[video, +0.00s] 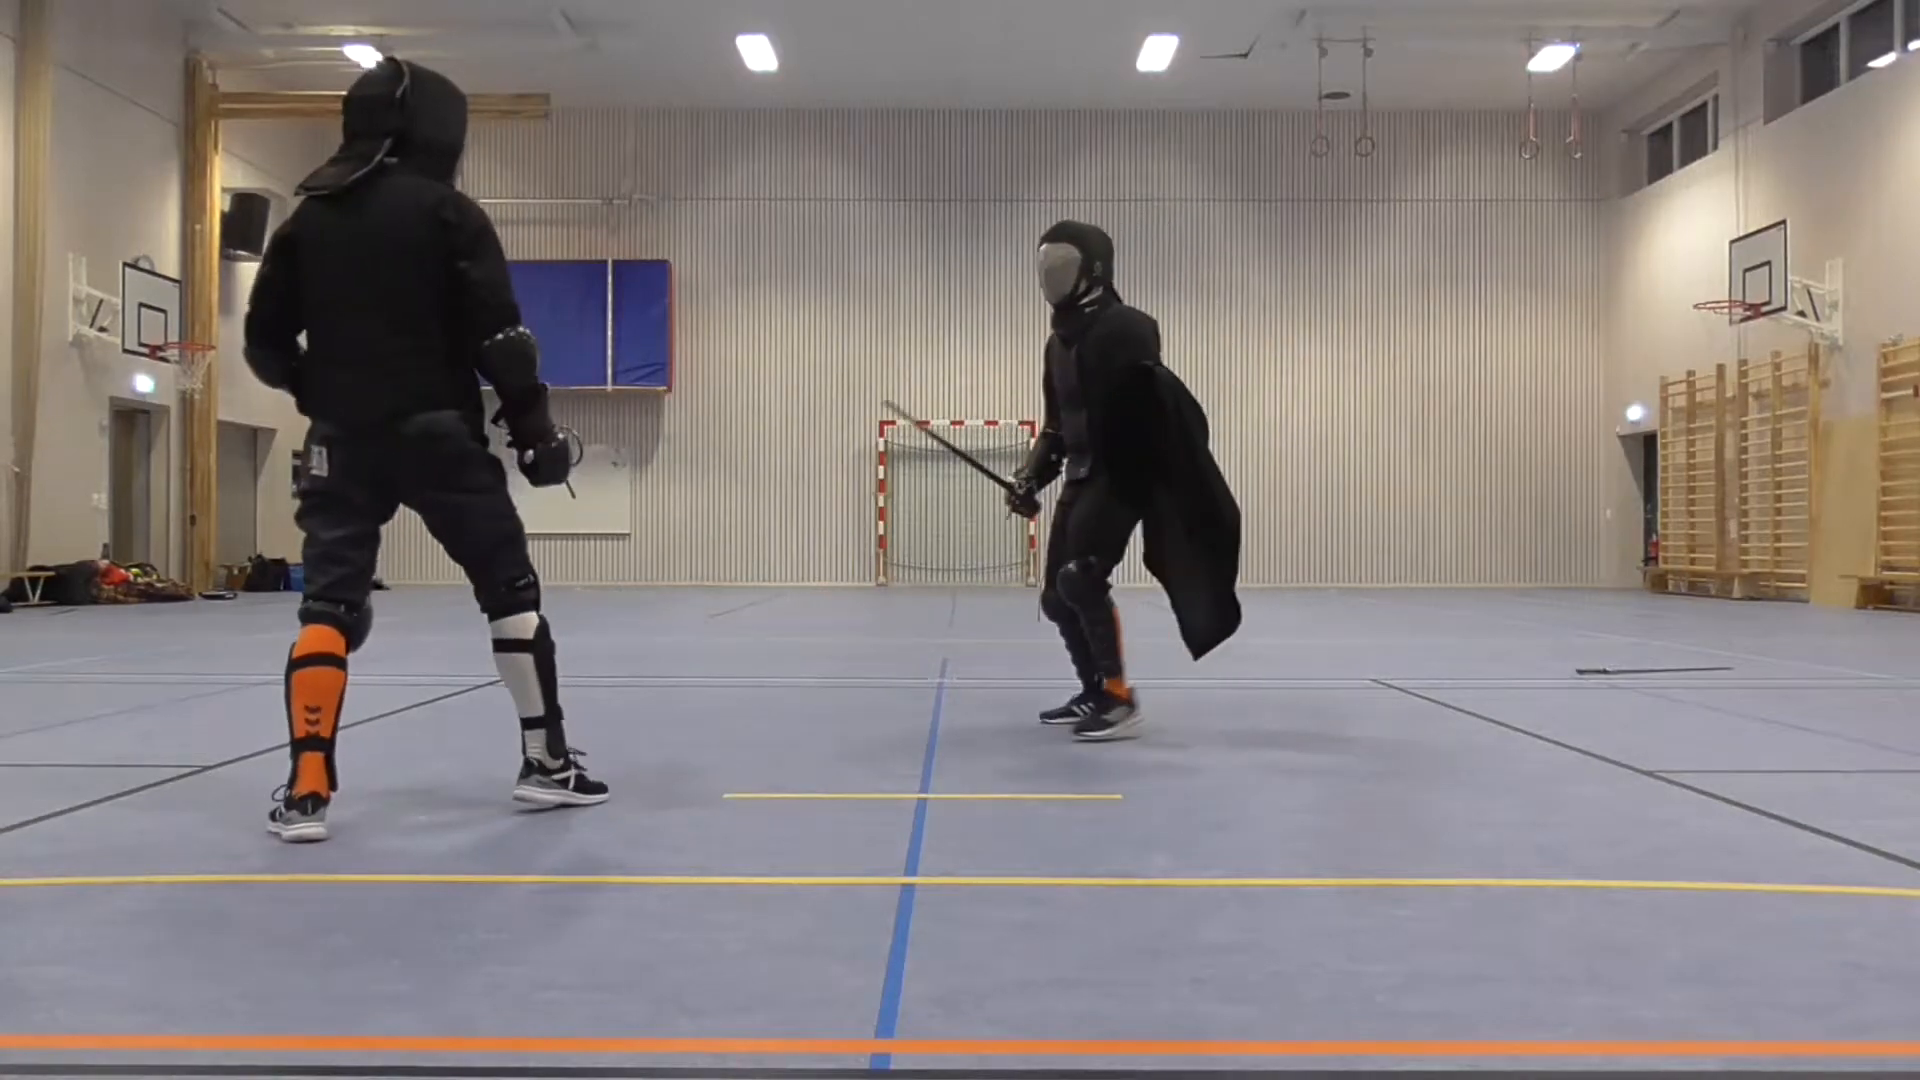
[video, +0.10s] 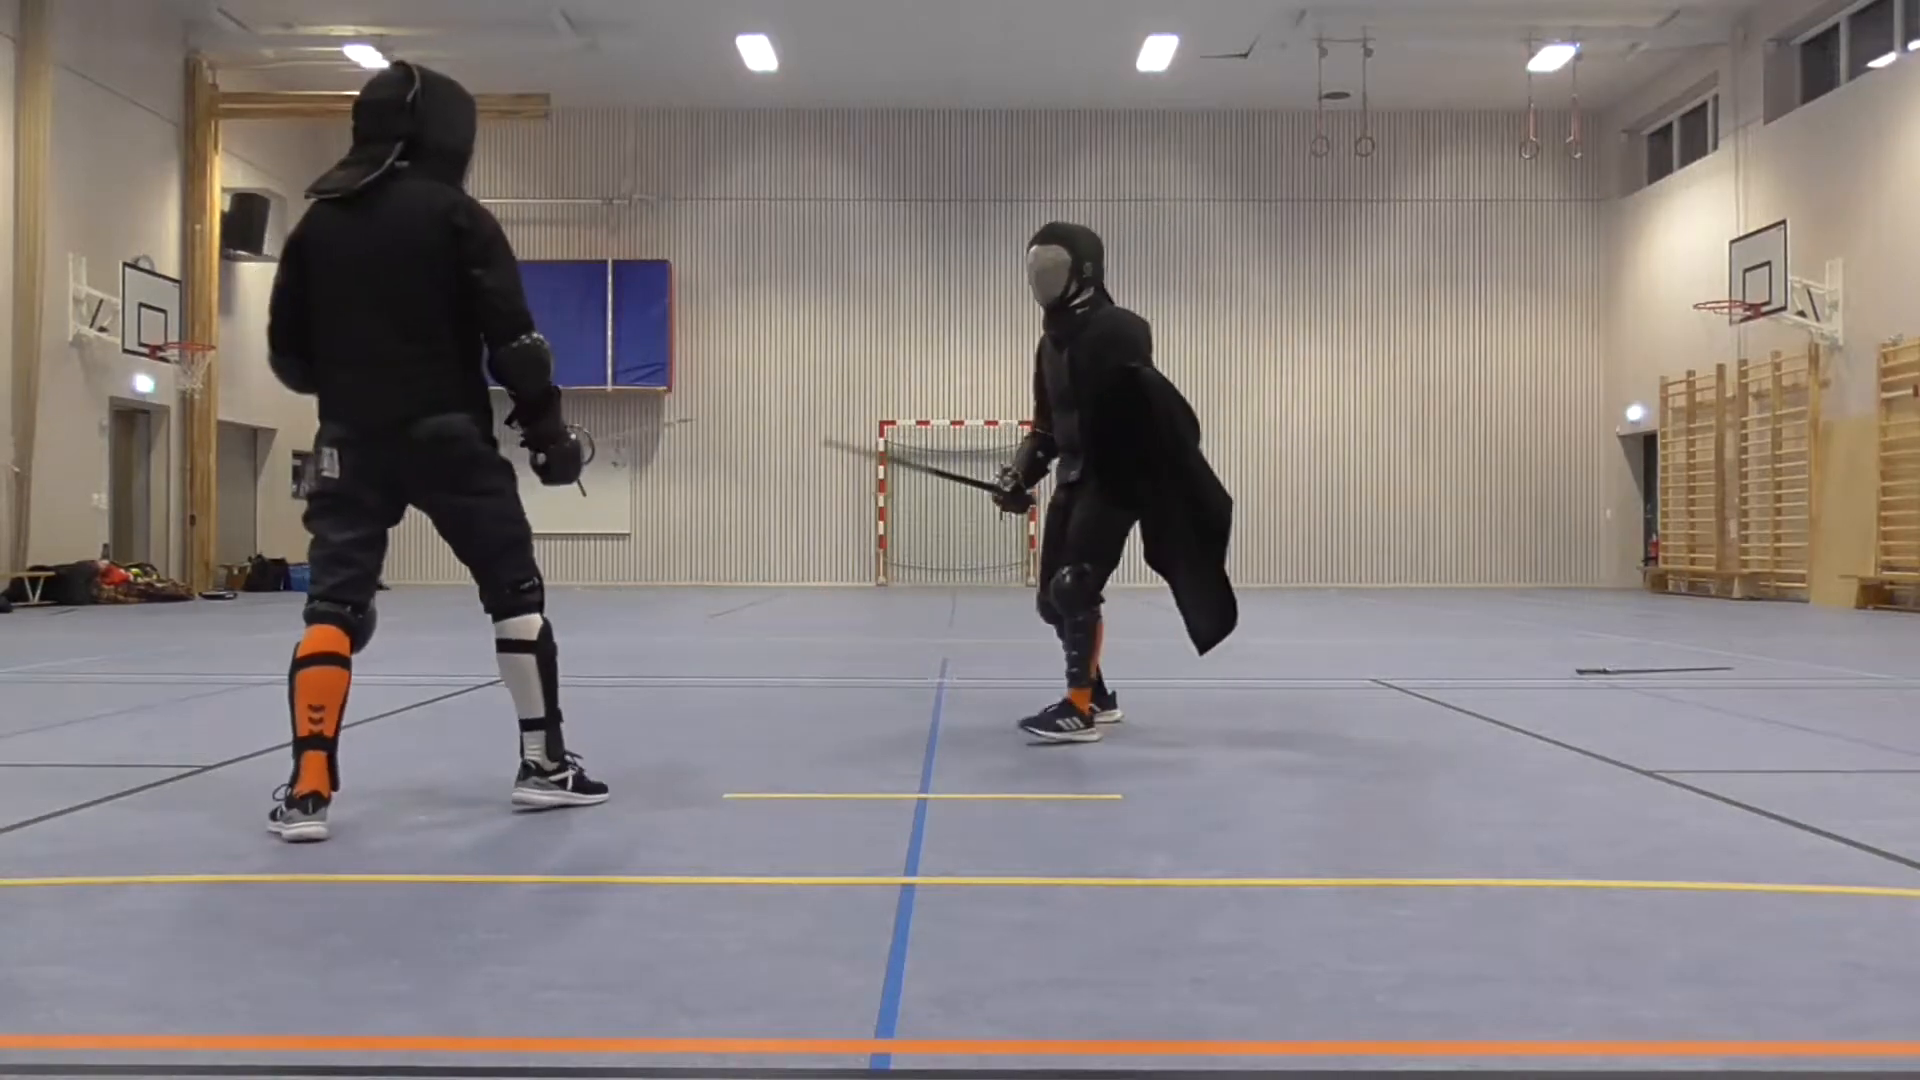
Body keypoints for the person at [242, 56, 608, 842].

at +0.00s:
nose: (458, 147)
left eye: (455, 133)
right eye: (453, 134)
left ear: (365, 129)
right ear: (431, 132)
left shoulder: (309, 219)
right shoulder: (449, 215)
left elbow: (264, 342)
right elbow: (502, 341)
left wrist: (324, 389)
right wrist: (537, 432)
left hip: (339, 441)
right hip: (440, 438)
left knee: (328, 602)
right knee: (508, 586)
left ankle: (308, 789)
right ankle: (545, 755)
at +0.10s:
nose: (467, 149)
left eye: (464, 136)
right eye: (463, 136)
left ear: (373, 132)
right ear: (443, 134)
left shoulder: (319, 220)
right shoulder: (457, 217)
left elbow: (289, 358)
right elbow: (514, 342)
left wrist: (361, 382)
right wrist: (548, 430)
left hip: (349, 444)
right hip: (451, 441)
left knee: (333, 602)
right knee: (512, 588)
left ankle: (309, 790)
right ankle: (544, 759)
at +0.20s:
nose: (473, 147)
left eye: (470, 134)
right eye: (469, 134)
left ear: (381, 131)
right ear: (449, 135)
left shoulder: (326, 218)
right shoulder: (462, 217)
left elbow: (301, 346)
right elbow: (524, 335)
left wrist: (366, 389)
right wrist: (563, 420)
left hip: (354, 440)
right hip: (455, 437)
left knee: (335, 599)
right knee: (512, 586)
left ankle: (309, 789)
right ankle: (542, 757)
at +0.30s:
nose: (477, 150)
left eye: (473, 137)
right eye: (472, 138)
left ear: (386, 134)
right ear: (454, 138)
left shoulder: (331, 221)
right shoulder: (467, 219)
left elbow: (309, 331)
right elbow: (525, 334)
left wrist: (360, 390)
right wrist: (577, 408)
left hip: (356, 440)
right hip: (455, 436)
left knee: (337, 598)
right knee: (512, 586)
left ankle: (309, 787)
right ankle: (541, 760)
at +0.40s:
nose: (489, 155)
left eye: (487, 142)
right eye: (485, 142)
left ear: (399, 137)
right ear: (465, 142)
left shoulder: (341, 226)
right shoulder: (476, 221)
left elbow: (325, 328)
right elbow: (525, 337)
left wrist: (373, 392)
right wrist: (577, 412)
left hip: (363, 440)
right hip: (460, 437)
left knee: (339, 601)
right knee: (529, 584)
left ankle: (308, 791)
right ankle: (540, 760)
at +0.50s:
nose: (508, 162)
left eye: (508, 149)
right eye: (502, 148)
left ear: (418, 145)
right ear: (481, 147)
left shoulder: (366, 231)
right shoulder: (492, 226)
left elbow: (354, 330)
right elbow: (536, 345)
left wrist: (410, 385)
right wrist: (586, 426)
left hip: (384, 441)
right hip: (480, 440)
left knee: (348, 602)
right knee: (553, 580)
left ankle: (309, 789)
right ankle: (538, 749)